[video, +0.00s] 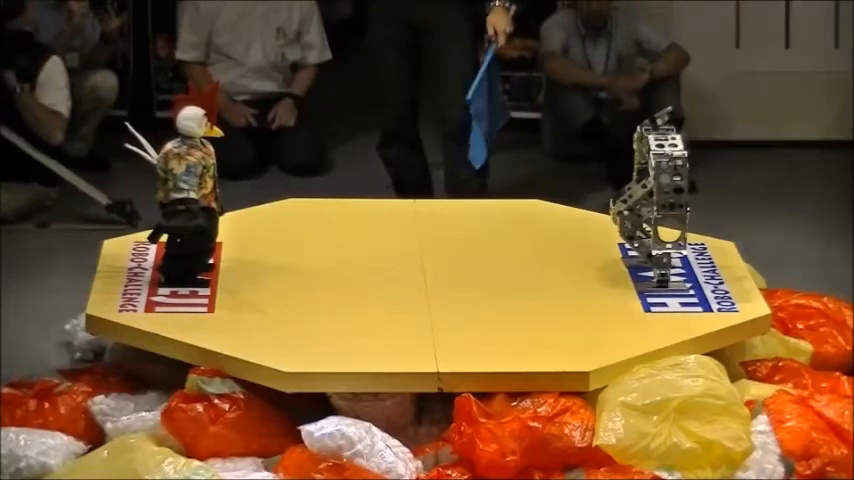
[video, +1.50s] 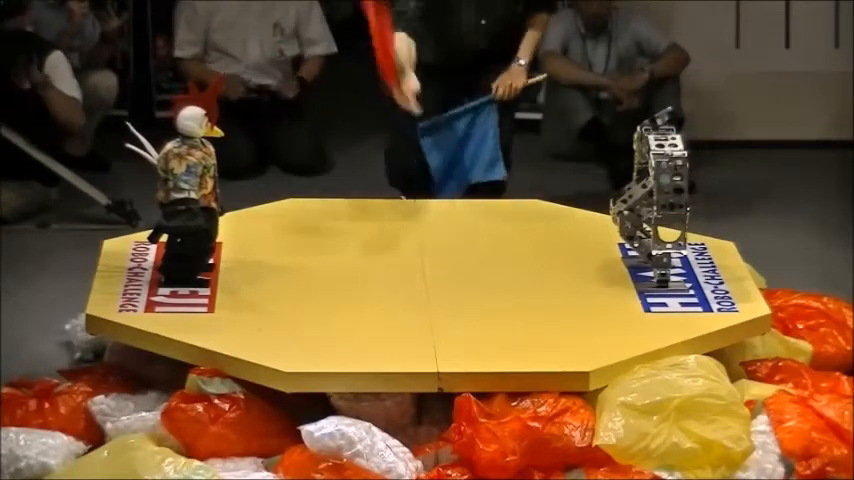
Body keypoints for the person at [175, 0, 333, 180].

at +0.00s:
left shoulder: (302, 5)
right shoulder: (202, 5)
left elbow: (310, 60)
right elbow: (191, 61)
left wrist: (291, 100)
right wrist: (226, 105)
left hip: (280, 99)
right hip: (227, 102)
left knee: (306, 161)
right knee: (238, 164)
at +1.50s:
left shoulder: (301, 5)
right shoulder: (196, 6)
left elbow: (317, 49)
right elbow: (187, 59)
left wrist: (299, 81)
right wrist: (220, 82)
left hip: (280, 97)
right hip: (229, 99)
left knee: (306, 161)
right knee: (237, 164)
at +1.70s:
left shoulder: (301, 4)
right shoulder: (197, 5)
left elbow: (320, 45)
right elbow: (183, 54)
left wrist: (296, 57)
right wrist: (215, 53)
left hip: (283, 99)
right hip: (227, 100)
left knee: (306, 162)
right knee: (236, 165)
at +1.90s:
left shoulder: (297, 3)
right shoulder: (197, 4)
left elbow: (322, 42)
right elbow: (183, 55)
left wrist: (294, 32)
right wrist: (213, 34)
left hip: (283, 99)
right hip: (228, 103)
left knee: (306, 162)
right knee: (236, 166)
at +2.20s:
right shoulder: (198, 5)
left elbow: (320, 31)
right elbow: (186, 48)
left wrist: (296, 16)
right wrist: (211, 15)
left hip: (279, 96)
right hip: (221, 99)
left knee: (307, 162)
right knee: (239, 166)